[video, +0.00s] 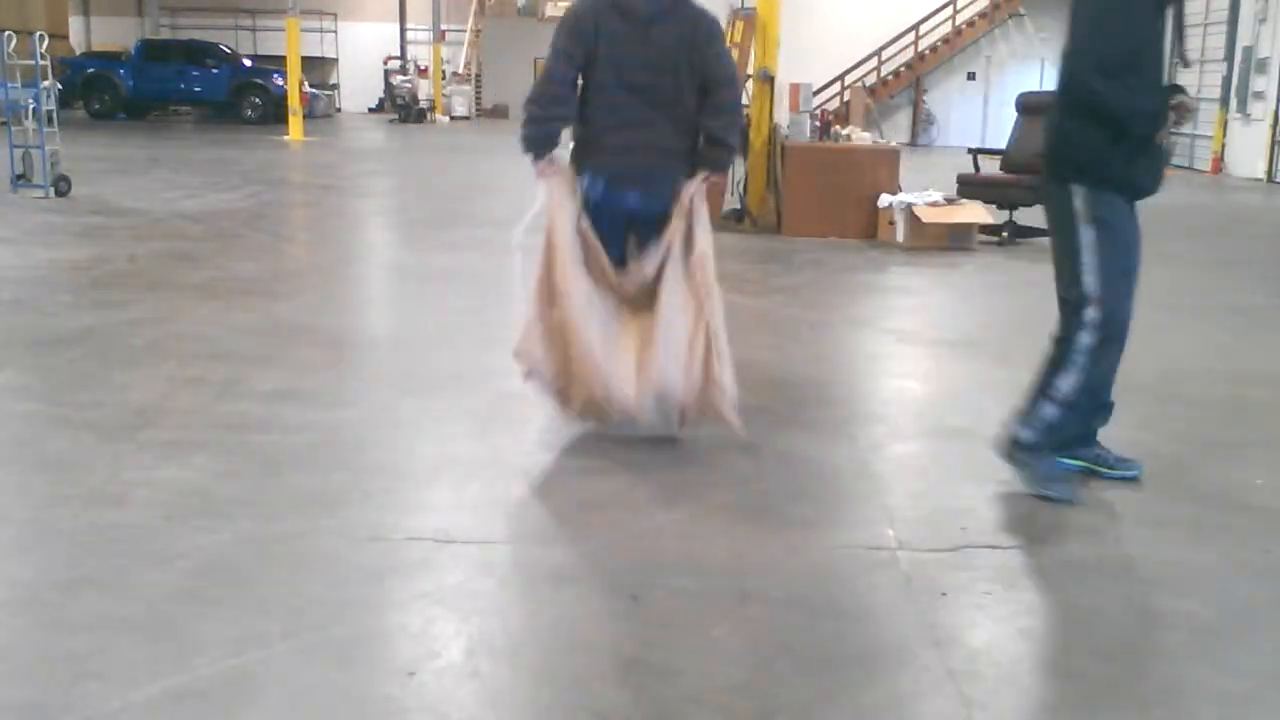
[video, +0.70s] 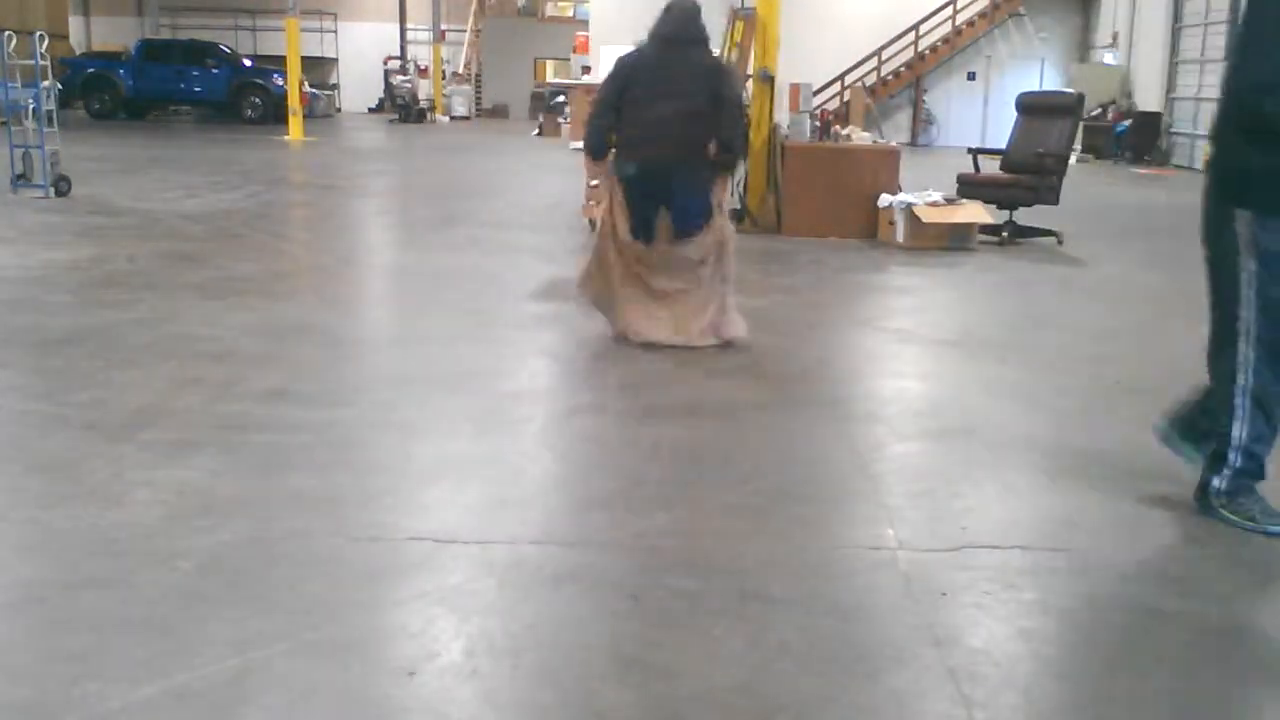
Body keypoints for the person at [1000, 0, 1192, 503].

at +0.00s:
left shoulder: (1141, 11)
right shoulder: (1116, 9)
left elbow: (1114, 76)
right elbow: (1091, 77)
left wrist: (1159, 102)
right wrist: (1157, 110)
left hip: (1109, 171)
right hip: (1083, 168)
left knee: (1109, 313)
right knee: (1092, 313)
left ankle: (1076, 438)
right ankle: (1032, 440)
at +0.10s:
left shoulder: (1149, 14)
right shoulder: (1142, 12)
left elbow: (1123, 76)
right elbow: (1116, 77)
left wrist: (1173, 108)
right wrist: (1167, 120)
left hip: (1103, 166)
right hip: (1107, 171)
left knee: (1099, 314)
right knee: (1120, 317)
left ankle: (1072, 446)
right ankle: (1105, 469)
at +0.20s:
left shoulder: (1177, 16)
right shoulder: (1164, 13)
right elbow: (1129, 80)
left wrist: (1194, 111)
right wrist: (1186, 123)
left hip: (1128, 171)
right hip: (1120, 172)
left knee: (1112, 314)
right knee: (1143, 316)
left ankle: (1073, 438)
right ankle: (1178, 473)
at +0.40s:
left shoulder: (1235, 15)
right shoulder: (1222, 13)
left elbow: (1207, 80)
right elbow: (1181, 85)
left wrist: (1252, 112)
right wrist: (1244, 123)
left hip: (1178, 165)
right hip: (1176, 168)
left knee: (1152, 316)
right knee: (1208, 324)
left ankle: (1076, 437)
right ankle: (1226, 482)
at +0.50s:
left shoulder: (1244, 16)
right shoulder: (1246, 17)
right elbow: (1222, 91)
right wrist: (1265, 155)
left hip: (1210, 183)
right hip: (1212, 185)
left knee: (1191, 327)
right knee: (1244, 340)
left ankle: (1094, 422)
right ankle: (1227, 483)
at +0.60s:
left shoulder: (1255, 16)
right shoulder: (1255, 15)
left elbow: (1237, 98)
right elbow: (1242, 99)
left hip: (1247, 191)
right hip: (1236, 190)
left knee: (1235, 337)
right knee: (1250, 340)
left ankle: (1135, 408)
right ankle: (1228, 483)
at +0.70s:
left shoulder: (1260, 18)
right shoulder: (1262, 17)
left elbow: (1250, 97)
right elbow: (1255, 98)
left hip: (1251, 180)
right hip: (1252, 181)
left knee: (1258, 329)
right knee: (1255, 333)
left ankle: (1205, 422)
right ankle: (1229, 480)